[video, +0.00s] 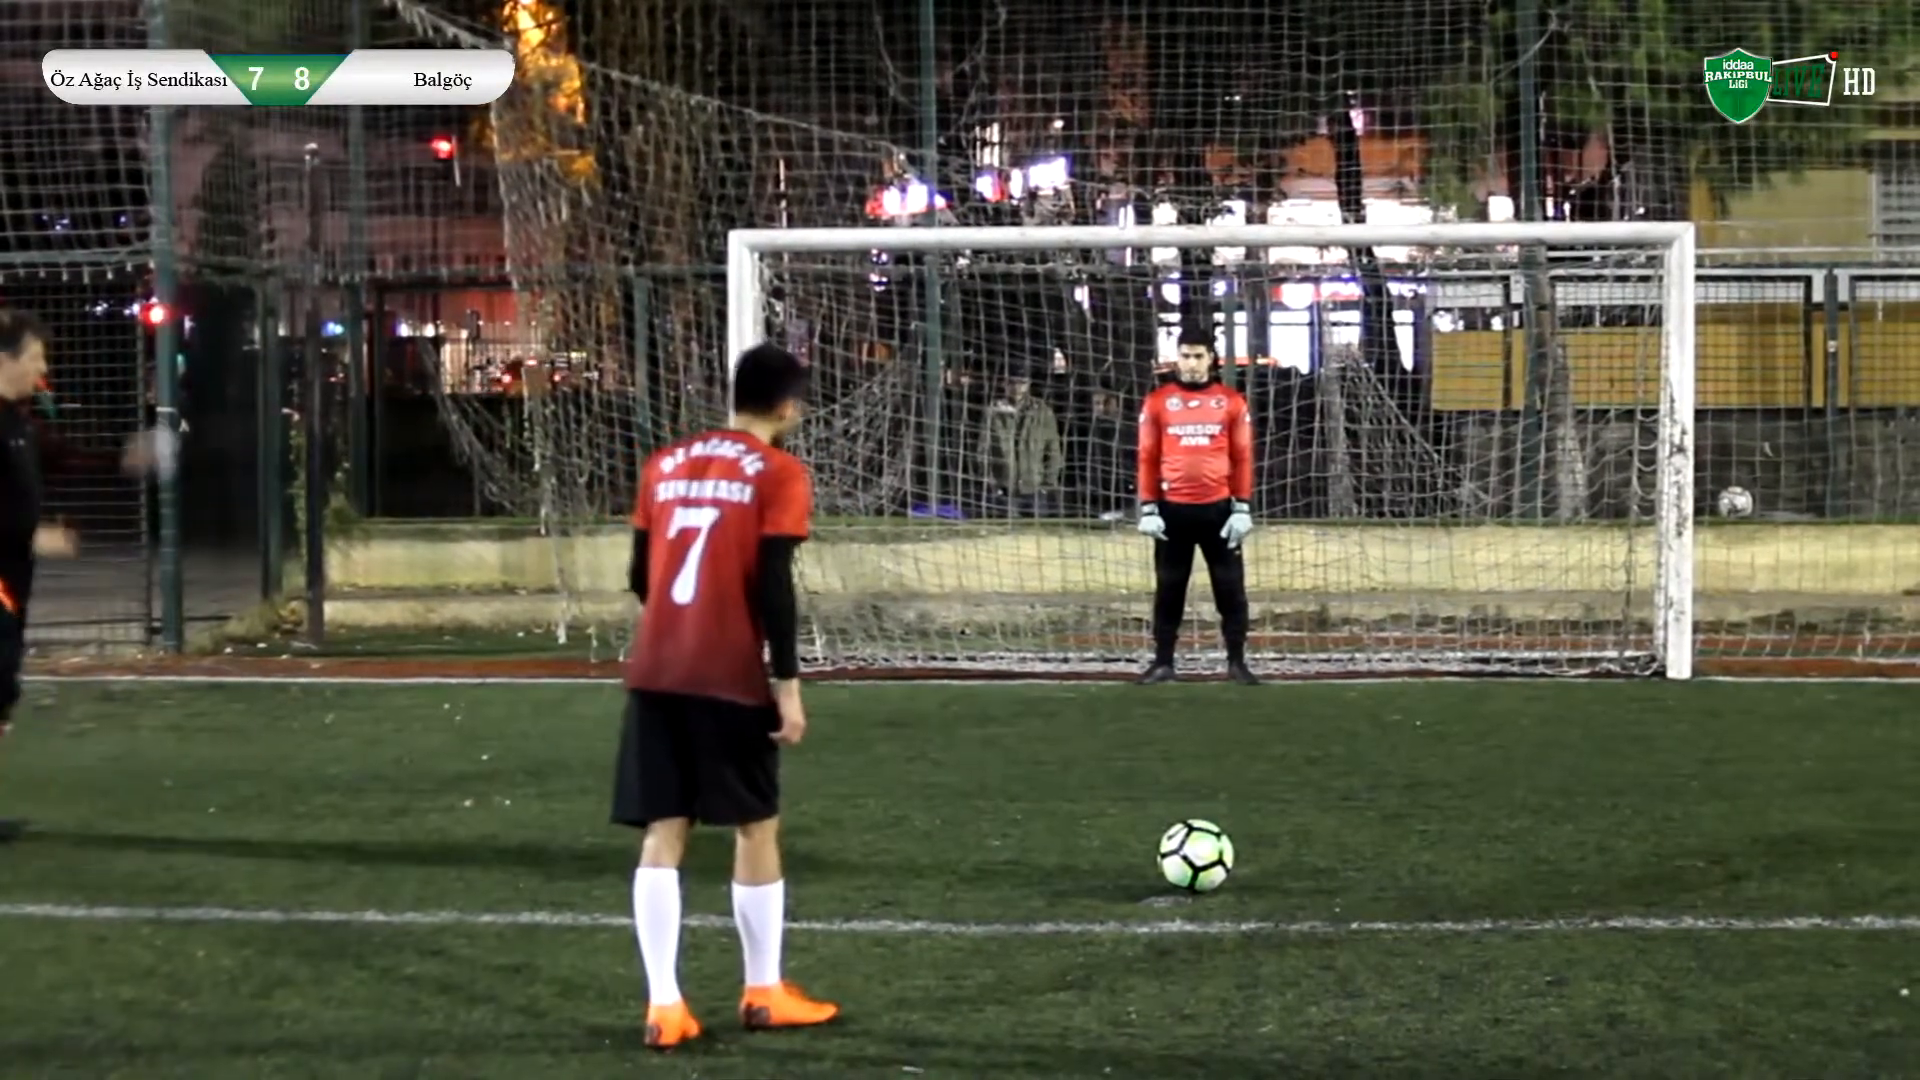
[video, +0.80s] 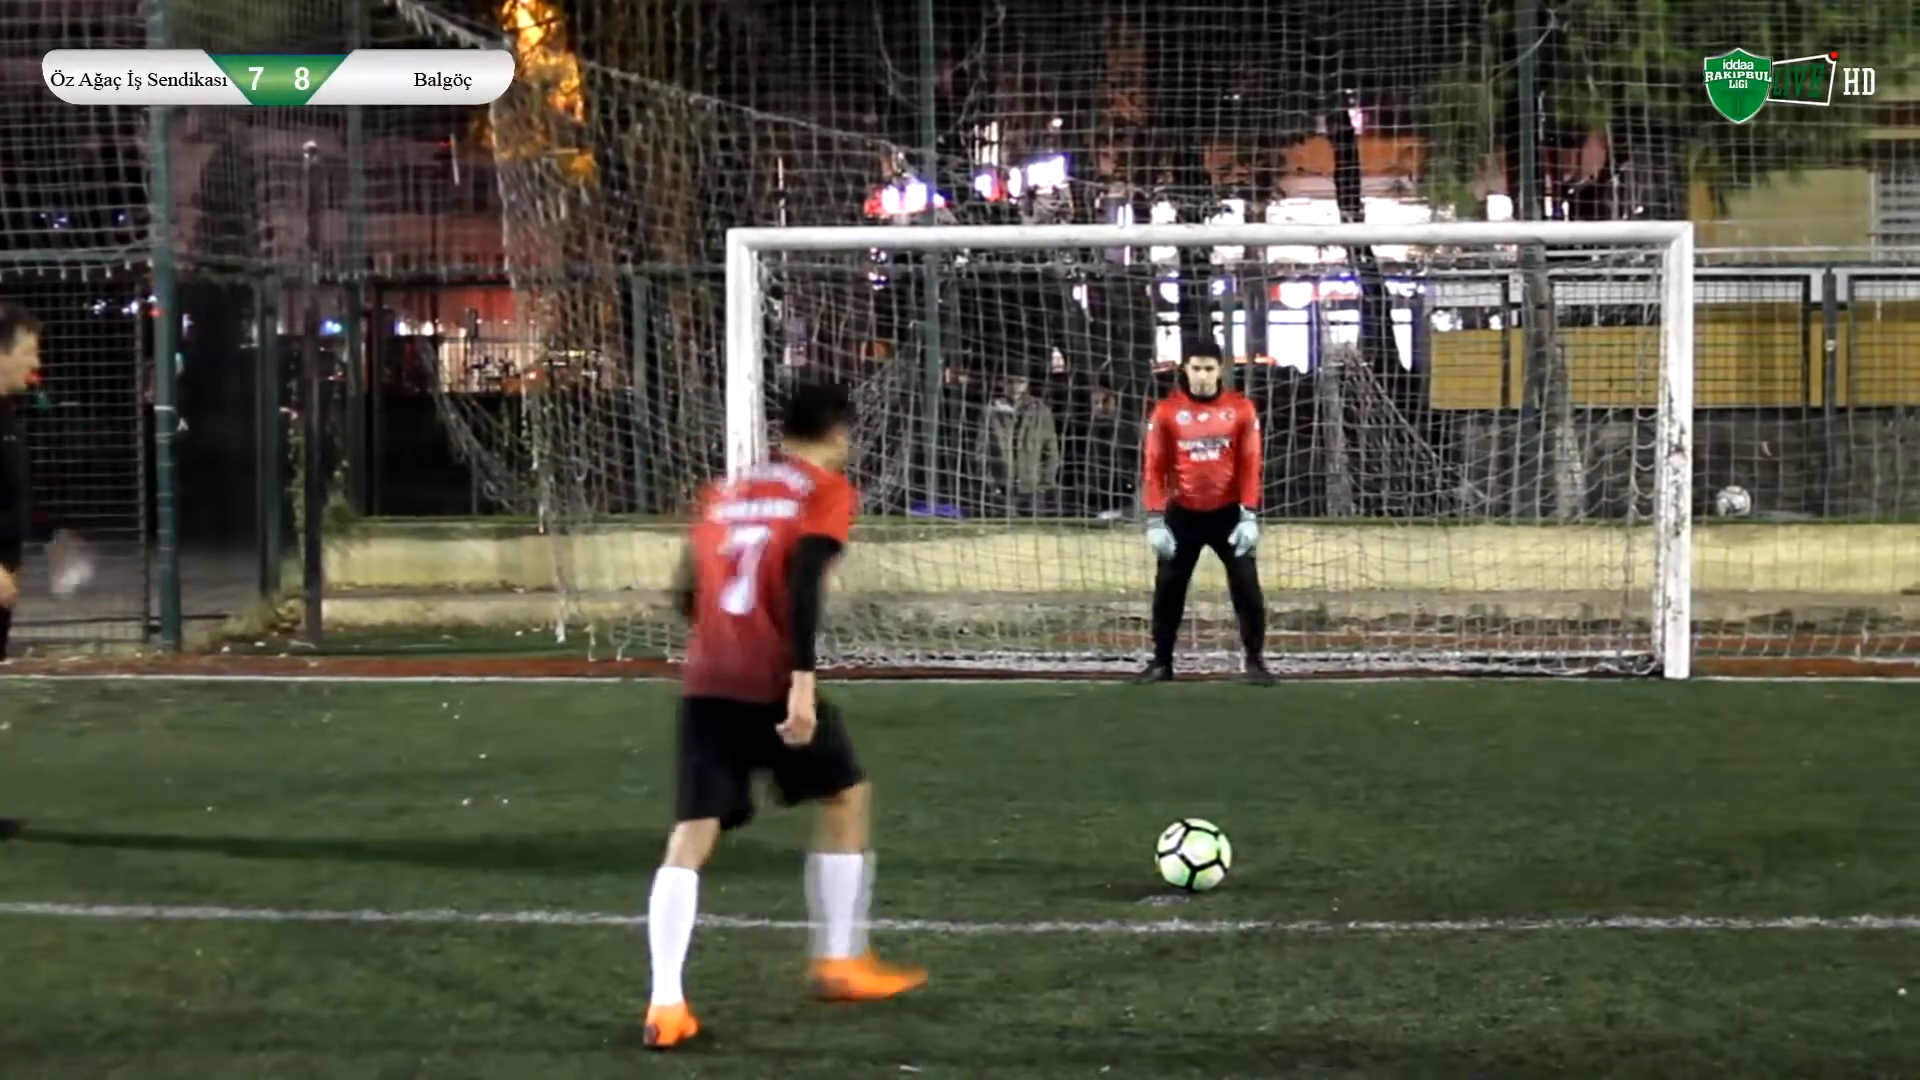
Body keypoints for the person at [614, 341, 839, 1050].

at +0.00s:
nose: (799, 415)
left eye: (797, 403)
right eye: (798, 404)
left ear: (735, 396)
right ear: (785, 406)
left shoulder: (666, 462)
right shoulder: (781, 473)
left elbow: (641, 577)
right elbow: (772, 578)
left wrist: (693, 625)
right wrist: (788, 679)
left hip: (655, 670)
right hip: (732, 675)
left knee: (663, 828)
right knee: (757, 826)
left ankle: (663, 1002)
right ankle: (765, 987)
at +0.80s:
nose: (849, 449)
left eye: (847, 439)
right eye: (848, 438)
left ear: (784, 431)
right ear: (837, 436)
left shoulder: (726, 488)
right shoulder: (831, 491)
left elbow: (687, 591)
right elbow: (803, 574)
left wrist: (731, 638)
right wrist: (803, 676)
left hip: (706, 686)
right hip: (775, 687)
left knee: (693, 831)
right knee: (846, 792)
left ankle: (664, 1002)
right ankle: (840, 957)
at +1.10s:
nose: (905, 485)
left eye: (903, 475)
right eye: (904, 474)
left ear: (841, 472)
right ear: (893, 472)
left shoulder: (792, 519)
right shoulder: (886, 517)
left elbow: (783, 602)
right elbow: (866, 580)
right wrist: (862, 668)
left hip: (768, 694)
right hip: (835, 690)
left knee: (736, 827)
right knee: (913, 797)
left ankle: (681, 979)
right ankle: (895, 958)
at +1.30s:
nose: (944, 489)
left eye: (942, 480)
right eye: (942, 480)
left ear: (883, 480)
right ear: (932, 481)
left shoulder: (850, 522)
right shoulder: (940, 526)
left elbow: (813, 567)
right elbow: (946, 593)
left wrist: (864, 606)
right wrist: (968, 686)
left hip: (830, 697)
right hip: (896, 698)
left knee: (834, 846)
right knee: (950, 822)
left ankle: (747, 934)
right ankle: (900, 965)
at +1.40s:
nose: (960, 480)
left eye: (958, 470)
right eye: (957, 470)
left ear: (899, 471)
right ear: (949, 472)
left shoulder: (860, 518)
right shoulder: (960, 525)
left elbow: (821, 538)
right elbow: (1006, 607)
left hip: (860, 695)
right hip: (919, 696)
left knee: (920, 827)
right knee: (964, 826)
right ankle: (905, 960)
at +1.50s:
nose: (970, 461)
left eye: (965, 452)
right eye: (968, 452)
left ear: (912, 455)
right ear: (959, 453)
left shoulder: (874, 499)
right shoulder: (984, 510)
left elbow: (804, 492)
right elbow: (1033, 592)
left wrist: (843, 545)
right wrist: (1083, 642)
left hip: (881, 678)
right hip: (942, 678)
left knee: (946, 800)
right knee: (971, 819)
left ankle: (907, 898)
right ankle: (912, 947)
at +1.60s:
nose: (974, 441)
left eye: (968, 432)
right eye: (972, 431)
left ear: (918, 438)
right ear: (967, 436)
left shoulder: (894, 488)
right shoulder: (998, 492)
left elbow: (803, 479)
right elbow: (1057, 560)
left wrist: (829, 541)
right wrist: (1100, 598)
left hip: (917, 663)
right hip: (973, 660)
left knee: (1002, 765)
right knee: (978, 793)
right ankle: (930, 920)